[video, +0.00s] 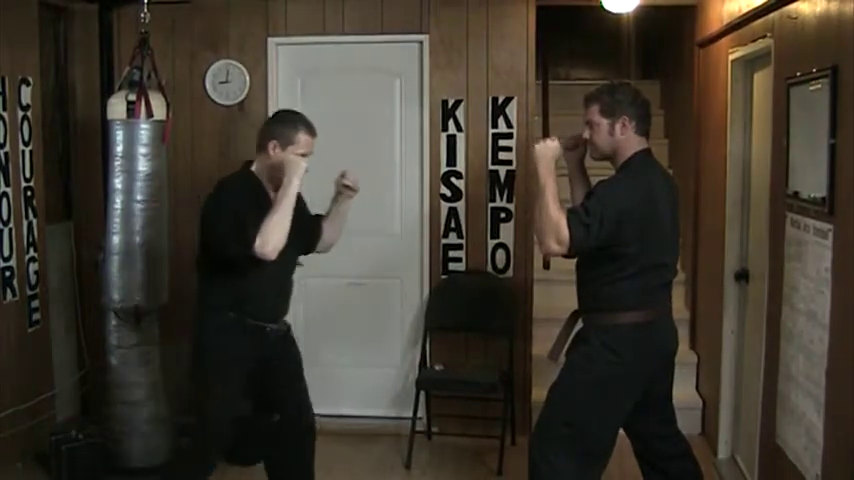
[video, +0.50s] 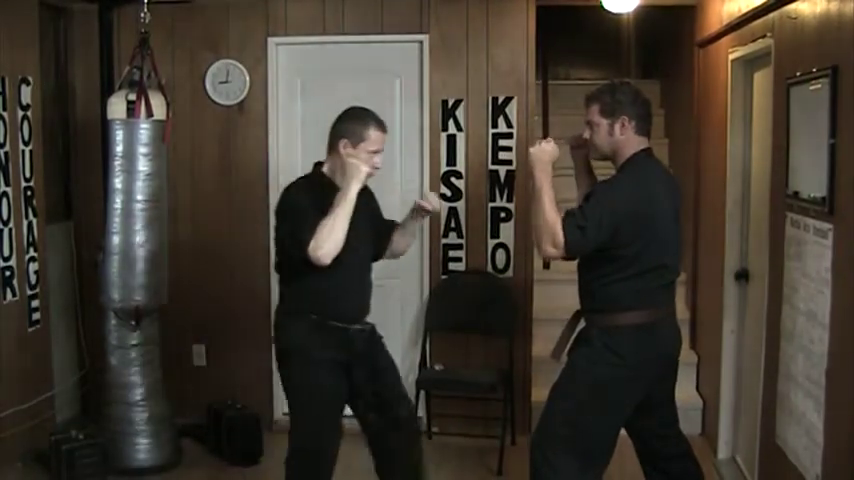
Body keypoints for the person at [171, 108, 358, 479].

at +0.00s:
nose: (304, 165)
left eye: (308, 156)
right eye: (301, 154)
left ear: (279, 152)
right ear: (273, 149)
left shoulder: (282, 196)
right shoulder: (231, 192)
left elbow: (318, 241)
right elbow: (267, 247)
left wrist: (341, 201)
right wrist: (290, 182)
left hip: (274, 336)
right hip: (228, 336)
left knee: (297, 430)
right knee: (214, 433)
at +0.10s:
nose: (322, 163)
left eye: (325, 155)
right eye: (318, 153)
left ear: (294, 149)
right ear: (289, 147)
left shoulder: (307, 195)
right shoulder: (247, 190)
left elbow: (342, 237)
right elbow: (278, 244)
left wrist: (364, 199)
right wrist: (303, 178)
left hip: (290, 335)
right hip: (244, 336)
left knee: (302, 438)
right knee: (239, 444)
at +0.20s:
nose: (336, 162)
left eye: (339, 153)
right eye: (330, 152)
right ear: (301, 145)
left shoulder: (324, 194)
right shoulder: (259, 188)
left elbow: (357, 239)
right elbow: (282, 243)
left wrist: (379, 199)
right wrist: (308, 178)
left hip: (306, 335)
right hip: (260, 333)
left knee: (317, 435)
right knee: (273, 441)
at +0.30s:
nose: (345, 163)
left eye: (348, 155)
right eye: (339, 154)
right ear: (310, 148)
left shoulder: (333, 194)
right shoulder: (267, 192)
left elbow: (367, 243)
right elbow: (290, 244)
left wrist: (389, 202)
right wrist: (314, 179)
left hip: (322, 335)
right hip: (276, 335)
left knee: (347, 425)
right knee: (299, 434)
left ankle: (319, 479)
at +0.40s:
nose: (359, 164)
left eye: (361, 155)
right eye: (352, 155)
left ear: (331, 151)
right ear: (323, 149)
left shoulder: (342, 195)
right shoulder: (281, 195)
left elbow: (371, 247)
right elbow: (304, 250)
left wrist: (395, 210)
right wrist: (328, 183)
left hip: (340, 335)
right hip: (292, 336)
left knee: (379, 419)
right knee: (310, 437)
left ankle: (347, 478)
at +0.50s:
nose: (379, 163)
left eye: (380, 154)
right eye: (373, 153)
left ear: (351, 150)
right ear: (344, 149)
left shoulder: (361, 196)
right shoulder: (299, 195)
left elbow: (390, 247)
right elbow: (320, 252)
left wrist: (416, 216)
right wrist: (350, 187)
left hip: (358, 336)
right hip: (309, 337)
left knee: (399, 429)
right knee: (316, 445)